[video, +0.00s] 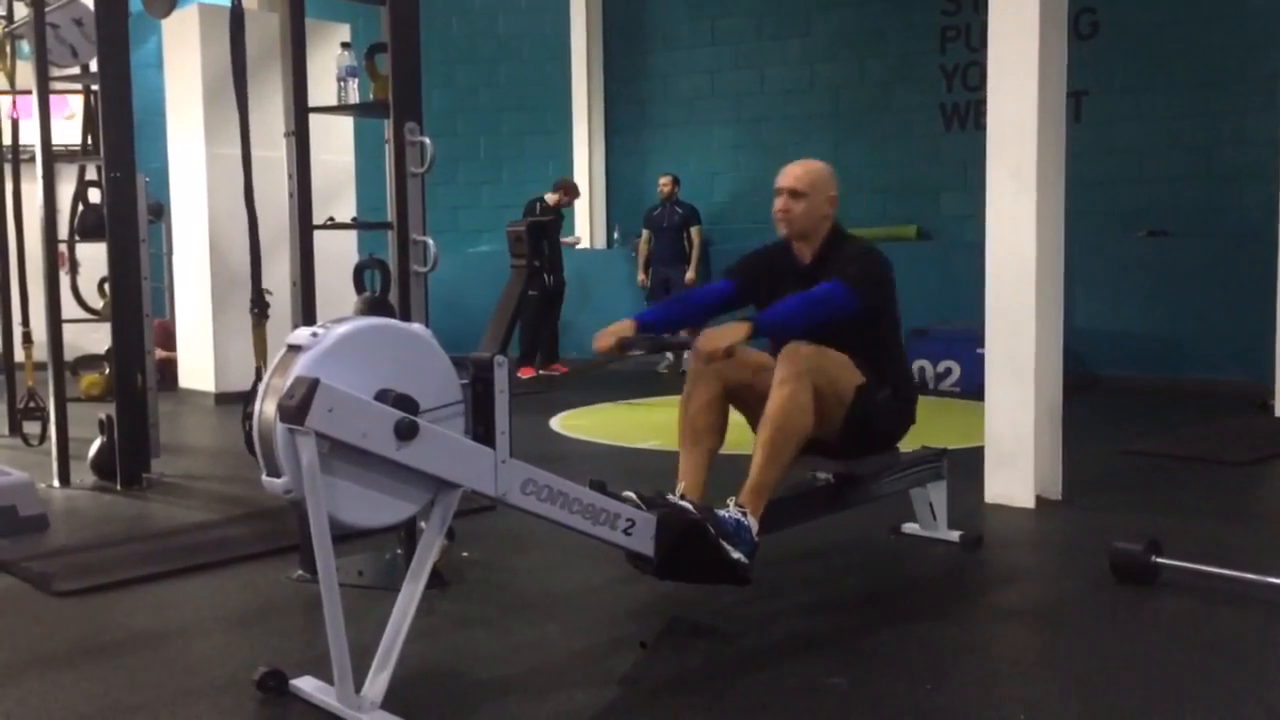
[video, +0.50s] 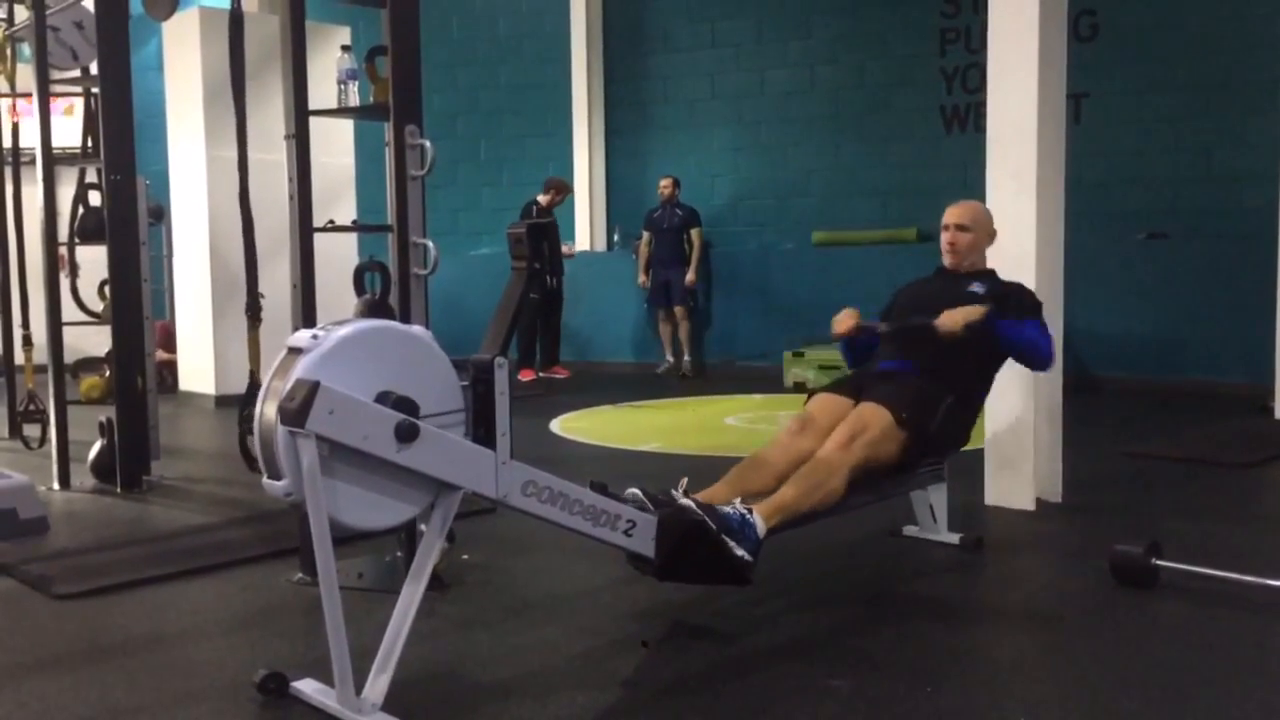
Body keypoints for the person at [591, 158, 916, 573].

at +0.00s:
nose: (781, 206)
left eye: (795, 196)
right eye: (777, 195)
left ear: (829, 205)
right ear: (772, 201)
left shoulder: (863, 263)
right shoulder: (771, 261)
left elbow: (824, 303)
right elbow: (709, 298)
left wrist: (751, 325)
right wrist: (635, 324)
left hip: (873, 416)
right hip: (801, 415)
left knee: (798, 356)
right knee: (708, 359)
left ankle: (745, 520)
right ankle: (686, 503)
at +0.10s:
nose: (830, 196)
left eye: (843, 187)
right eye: (825, 187)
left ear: (875, 194)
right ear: (819, 193)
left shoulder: (902, 257)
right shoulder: (810, 257)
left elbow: (861, 296)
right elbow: (751, 292)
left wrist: (797, 319)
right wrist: (684, 316)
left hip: (893, 407)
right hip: (819, 404)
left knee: (813, 370)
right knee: (728, 370)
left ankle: (747, 521)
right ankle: (688, 503)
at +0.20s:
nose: (872, 194)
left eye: (885, 184)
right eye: (868, 184)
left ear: (915, 192)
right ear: (862, 190)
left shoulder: (937, 255)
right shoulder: (846, 256)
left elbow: (903, 296)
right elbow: (793, 295)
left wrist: (845, 317)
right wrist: (732, 320)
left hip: (909, 397)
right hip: (837, 389)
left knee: (825, 390)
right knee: (747, 385)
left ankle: (748, 521)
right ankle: (686, 504)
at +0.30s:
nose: (911, 203)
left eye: (924, 195)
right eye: (906, 194)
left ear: (953, 205)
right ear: (900, 201)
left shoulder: (974, 261)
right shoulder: (876, 263)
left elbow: (951, 310)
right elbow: (830, 310)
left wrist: (891, 320)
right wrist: (780, 327)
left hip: (925, 392)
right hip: (859, 380)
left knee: (835, 410)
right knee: (769, 402)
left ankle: (749, 522)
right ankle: (686, 504)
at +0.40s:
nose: (940, 223)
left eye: (953, 215)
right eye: (935, 214)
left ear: (978, 223)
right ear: (929, 220)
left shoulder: (1001, 281)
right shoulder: (904, 277)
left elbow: (996, 334)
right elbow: (863, 328)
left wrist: (940, 326)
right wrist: (825, 333)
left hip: (931, 385)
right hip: (874, 370)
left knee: (842, 433)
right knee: (800, 420)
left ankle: (751, 519)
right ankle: (689, 503)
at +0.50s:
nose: (949, 238)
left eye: (961, 230)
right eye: (945, 229)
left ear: (990, 238)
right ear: (940, 236)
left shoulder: (1009, 296)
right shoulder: (916, 290)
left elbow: (1042, 355)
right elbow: (867, 356)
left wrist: (986, 318)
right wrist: (853, 333)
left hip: (930, 388)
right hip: (874, 377)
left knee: (846, 445)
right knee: (801, 429)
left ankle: (755, 524)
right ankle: (693, 507)